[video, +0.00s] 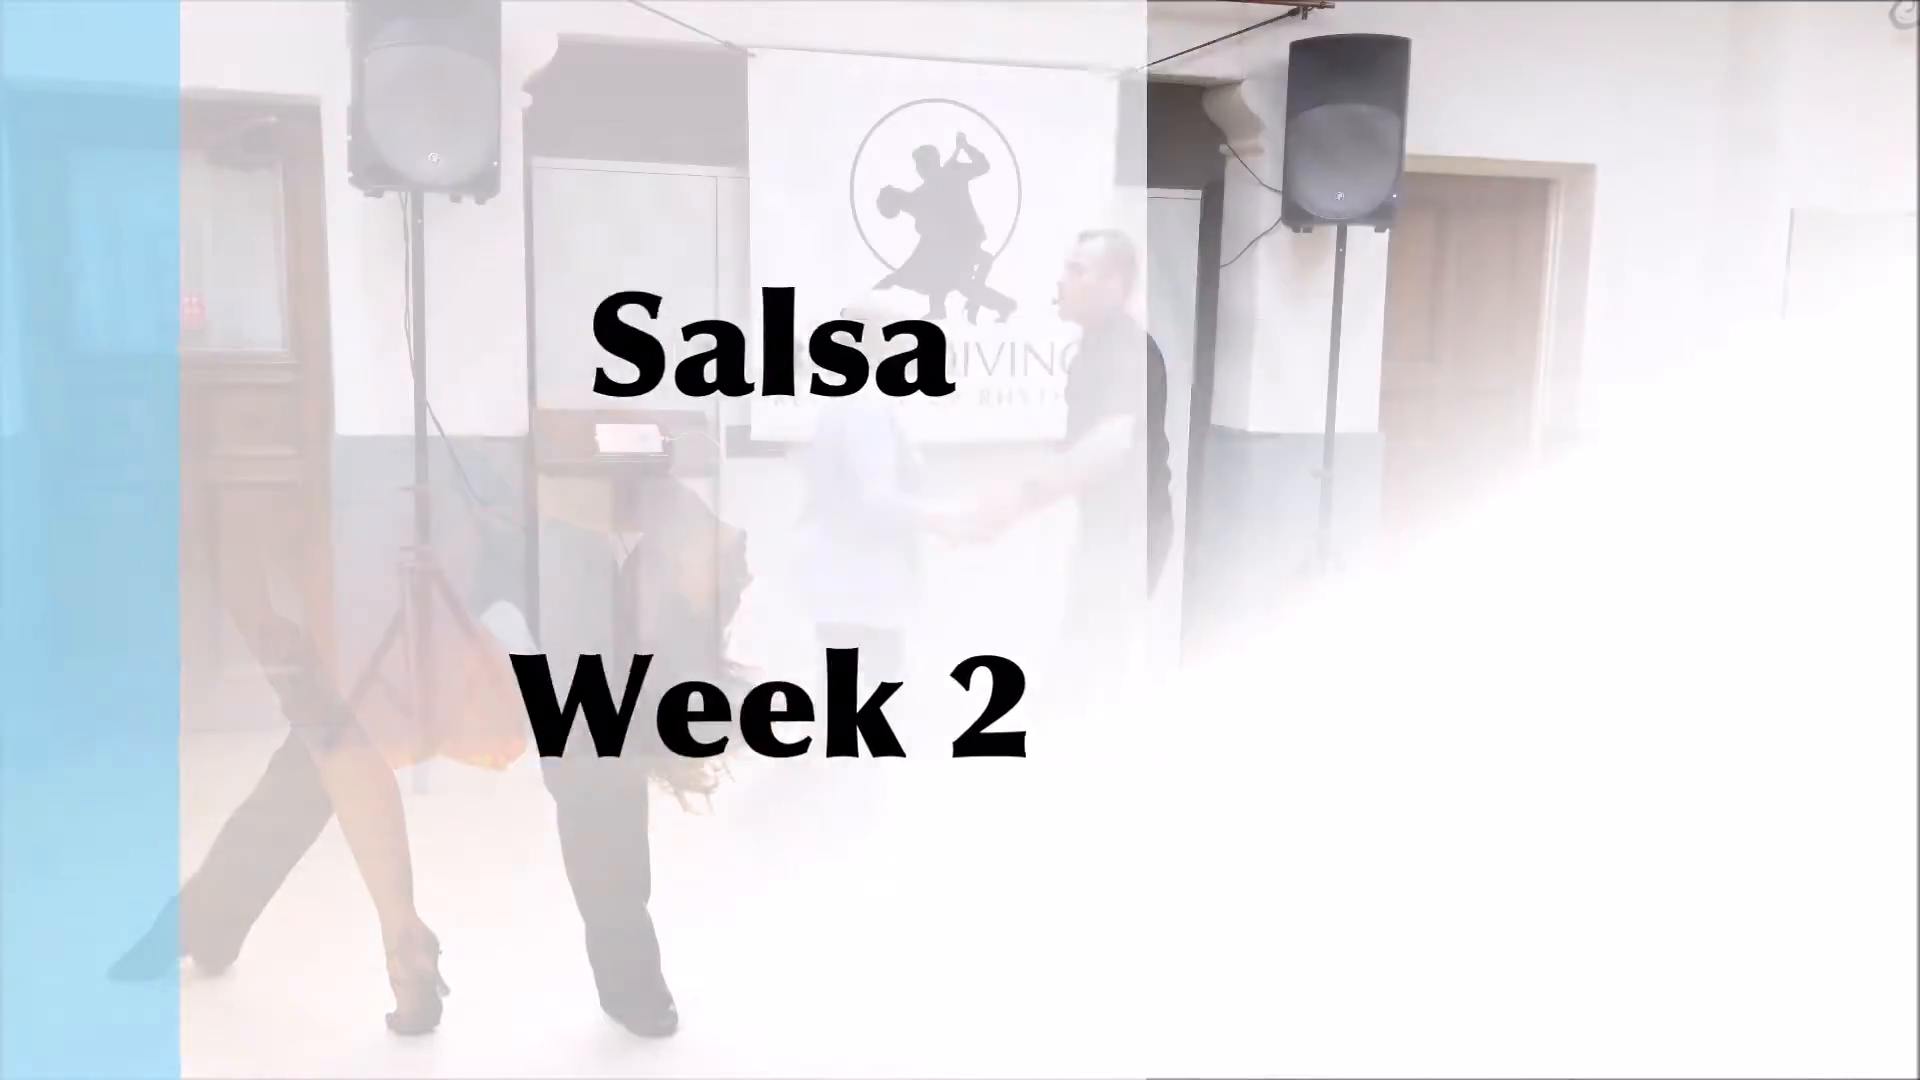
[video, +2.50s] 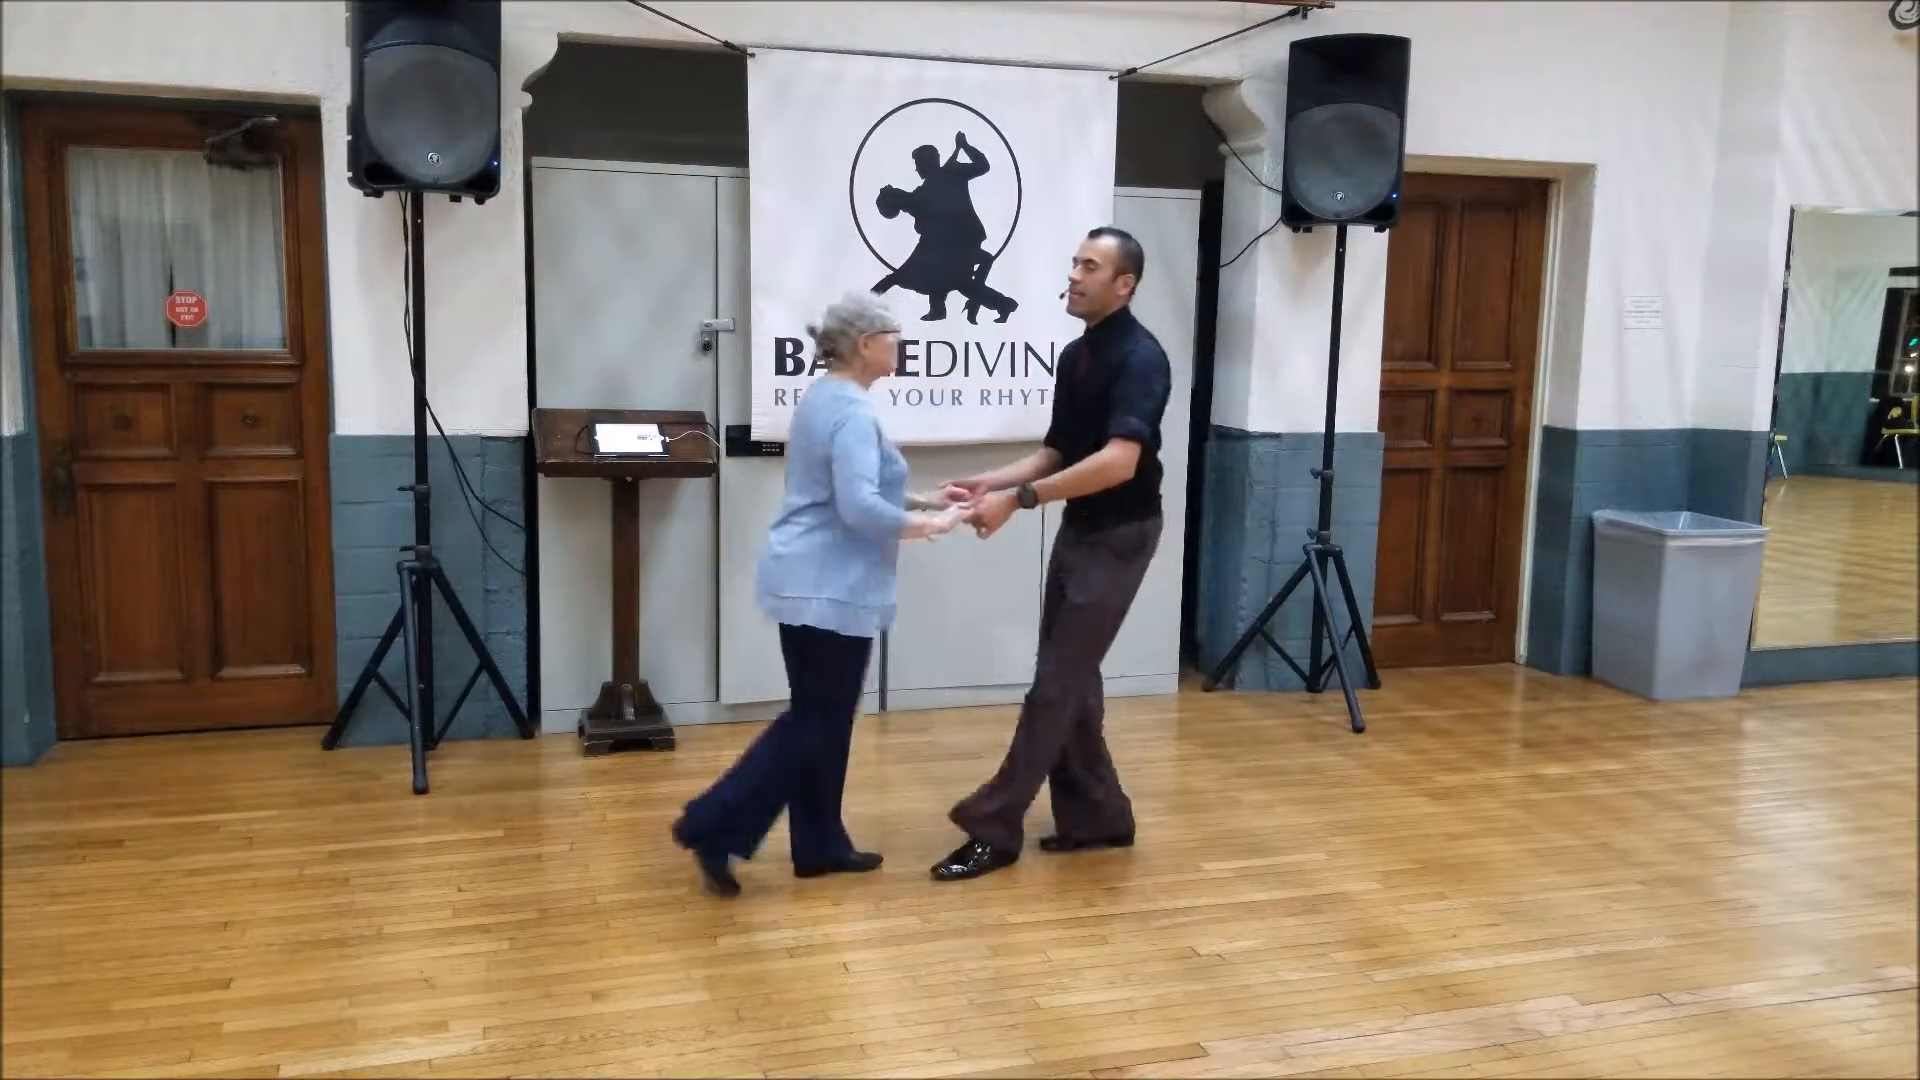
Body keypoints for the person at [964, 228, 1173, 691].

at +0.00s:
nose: (1060, 280)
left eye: (1076, 271)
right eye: (1065, 268)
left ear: (1112, 284)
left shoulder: (1124, 344)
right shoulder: (1096, 347)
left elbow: (1116, 443)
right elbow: (1086, 449)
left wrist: (1017, 499)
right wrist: (1010, 504)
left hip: (1128, 518)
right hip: (1106, 514)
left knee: (1103, 649)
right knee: (1085, 647)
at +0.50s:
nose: (1079, 278)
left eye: (1093, 270)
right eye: (1082, 267)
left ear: (1130, 283)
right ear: (1114, 281)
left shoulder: (1154, 359)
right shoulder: (1096, 350)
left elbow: (1160, 475)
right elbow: (1087, 450)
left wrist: (1075, 533)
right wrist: (1010, 474)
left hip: (1151, 526)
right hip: (1110, 521)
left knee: (1077, 661)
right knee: (1069, 661)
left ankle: (1099, 815)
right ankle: (1071, 816)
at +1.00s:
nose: (1183, 283)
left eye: (1198, 274)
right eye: (1185, 272)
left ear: (1235, 285)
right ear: (1212, 283)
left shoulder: (1264, 355)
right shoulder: (1201, 360)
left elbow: (1274, 454)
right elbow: (1188, 456)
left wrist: (1183, 486)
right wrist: (1141, 495)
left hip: (1275, 535)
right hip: (1219, 536)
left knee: (1282, 678)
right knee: (1176, 652)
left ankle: (1294, 822)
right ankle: (1185, 799)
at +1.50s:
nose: (1235, 290)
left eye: (1251, 283)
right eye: (1236, 279)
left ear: (1288, 296)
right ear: (1238, 285)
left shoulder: (1303, 364)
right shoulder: (1243, 366)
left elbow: (1322, 462)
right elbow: (1232, 459)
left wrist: (1229, 512)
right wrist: (1166, 492)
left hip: (1301, 536)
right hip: (1272, 535)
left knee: (1212, 660)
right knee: (1315, 671)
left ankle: (1265, 803)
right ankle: (1370, 805)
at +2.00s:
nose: (1165, 276)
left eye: (1180, 269)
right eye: (1168, 265)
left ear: (1217, 284)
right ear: (1184, 277)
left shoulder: (1233, 362)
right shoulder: (1170, 347)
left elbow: (1211, 480)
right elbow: (1148, 439)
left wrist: (1120, 464)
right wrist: (1075, 444)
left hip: (1228, 540)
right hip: (1175, 533)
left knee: (1251, 682)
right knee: (1125, 667)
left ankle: (1273, 825)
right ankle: (1118, 817)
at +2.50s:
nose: (1073, 275)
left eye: (1088, 267)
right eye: (1075, 264)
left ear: (1125, 283)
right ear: (1081, 276)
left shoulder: (1140, 356)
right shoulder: (1078, 353)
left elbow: (1120, 461)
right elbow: (1057, 451)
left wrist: (1020, 497)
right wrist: (990, 482)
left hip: (1121, 532)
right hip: (1080, 525)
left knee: (1060, 674)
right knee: (1065, 672)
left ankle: (997, 830)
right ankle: (1097, 817)